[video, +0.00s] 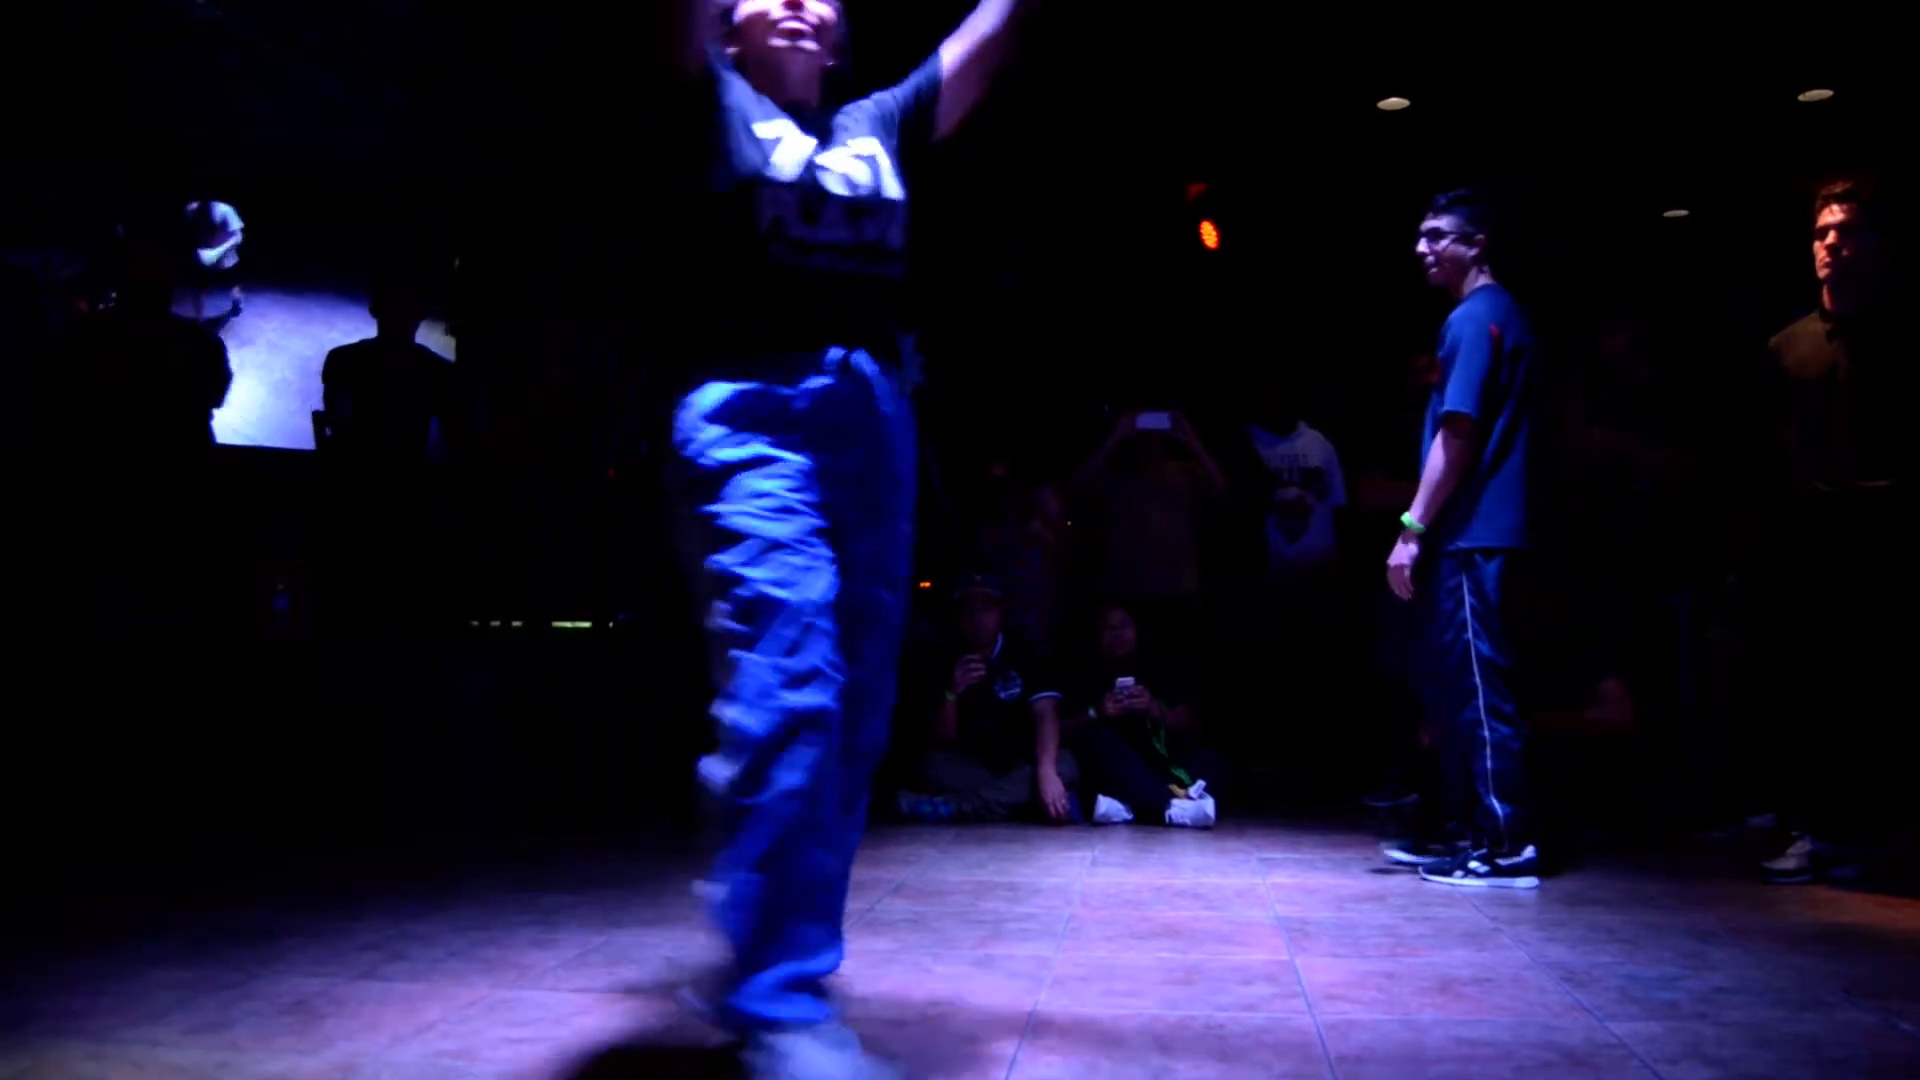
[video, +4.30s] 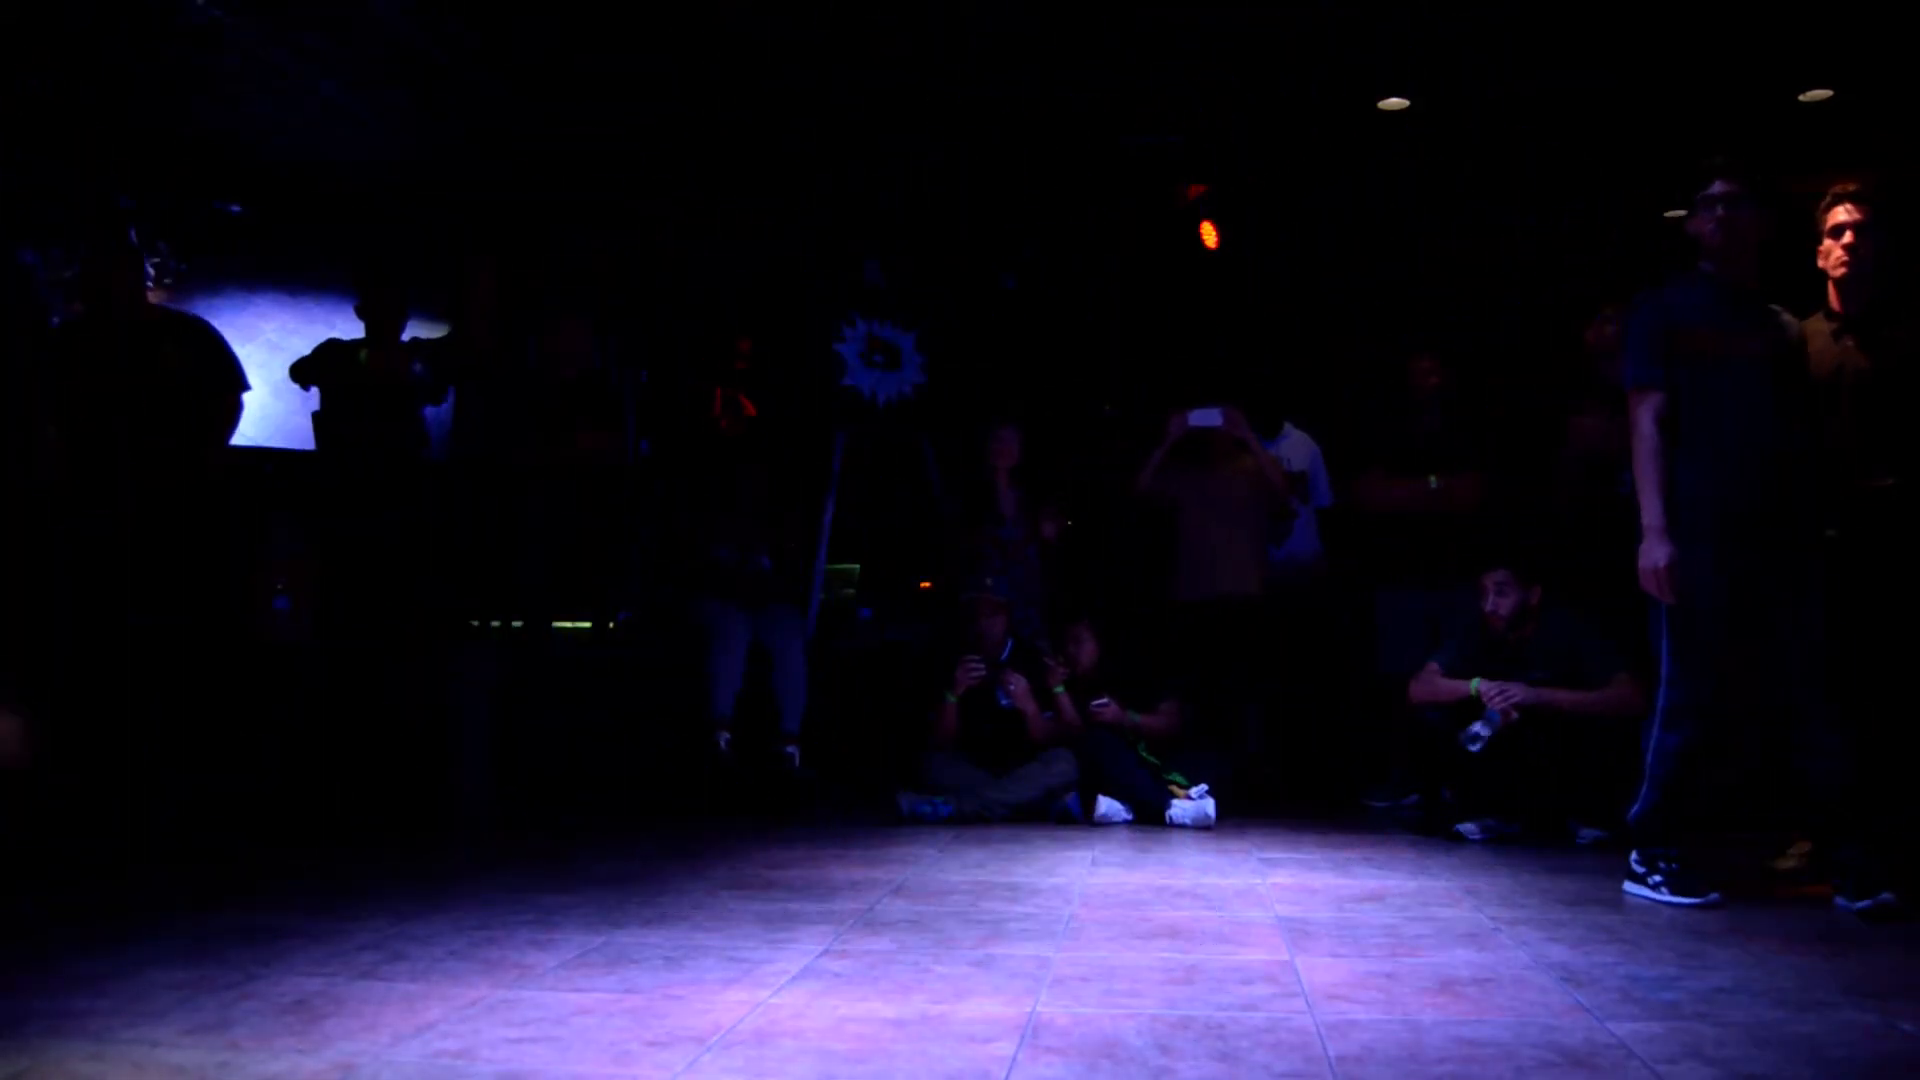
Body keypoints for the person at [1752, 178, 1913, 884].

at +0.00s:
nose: (1830, 247)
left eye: (1848, 233)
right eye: (1822, 234)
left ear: (1880, 250)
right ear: (1812, 249)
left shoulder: (1907, 342)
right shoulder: (1792, 347)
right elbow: (1768, 453)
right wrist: (1770, 527)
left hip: (1890, 540)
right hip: (1807, 538)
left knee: (1885, 682)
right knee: (1810, 679)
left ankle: (1885, 832)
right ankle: (1812, 826)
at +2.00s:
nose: (1828, 250)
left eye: (1844, 235)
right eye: (1819, 237)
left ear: (1876, 250)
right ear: (1809, 253)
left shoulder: (1904, 339)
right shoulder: (1792, 348)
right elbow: (1770, 452)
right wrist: (1772, 533)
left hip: (1893, 541)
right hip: (1812, 540)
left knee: (1893, 684)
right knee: (1816, 682)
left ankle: (1898, 834)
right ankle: (1818, 829)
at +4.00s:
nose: (1841, 244)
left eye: (1856, 232)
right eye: (1831, 233)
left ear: (1880, 249)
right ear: (1817, 252)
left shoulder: (1909, 337)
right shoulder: (1790, 349)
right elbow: (1762, 453)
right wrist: (1771, 538)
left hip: (1906, 542)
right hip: (1822, 548)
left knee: (1905, 694)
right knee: (1834, 697)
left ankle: (1901, 847)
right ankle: (1840, 848)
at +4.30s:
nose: (1847, 243)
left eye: (1859, 231)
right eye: (1836, 232)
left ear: (1882, 249)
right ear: (1819, 252)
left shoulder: (1910, 331)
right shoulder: (1802, 340)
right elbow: (1781, 441)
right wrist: (1786, 522)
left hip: (1906, 533)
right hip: (1823, 532)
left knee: (1903, 684)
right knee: (1832, 686)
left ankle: (1908, 837)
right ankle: (1826, 835)